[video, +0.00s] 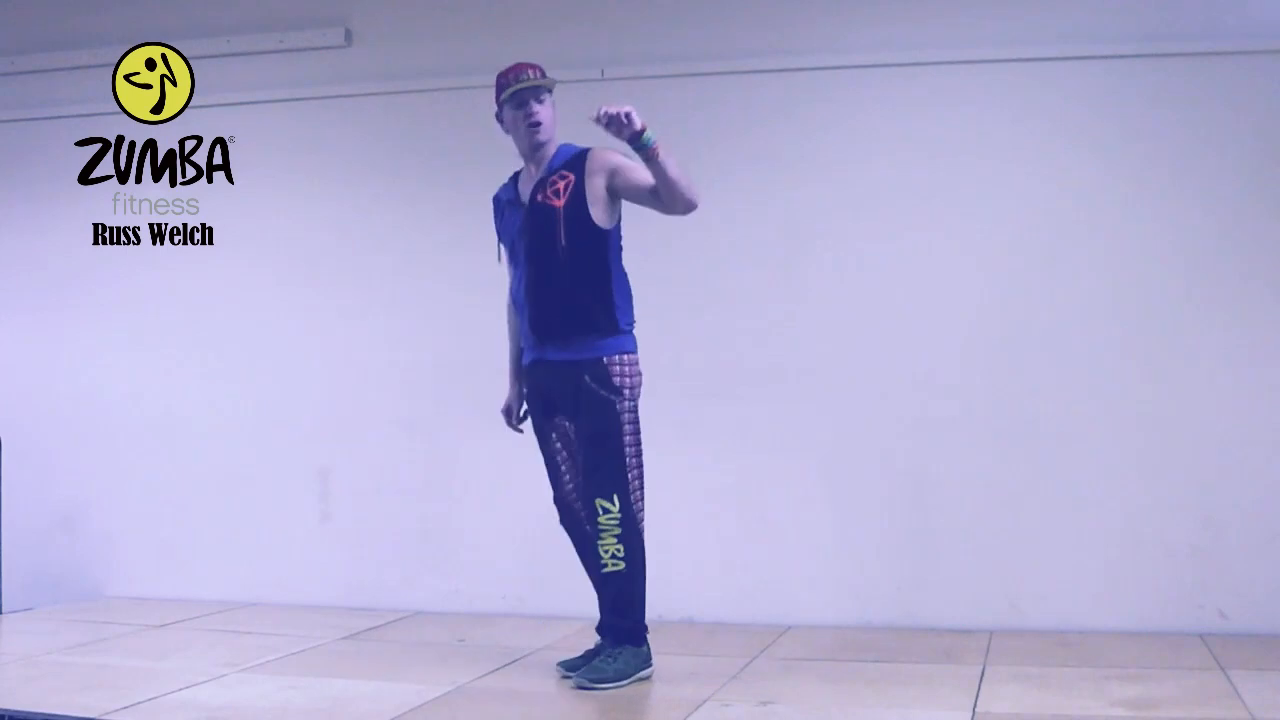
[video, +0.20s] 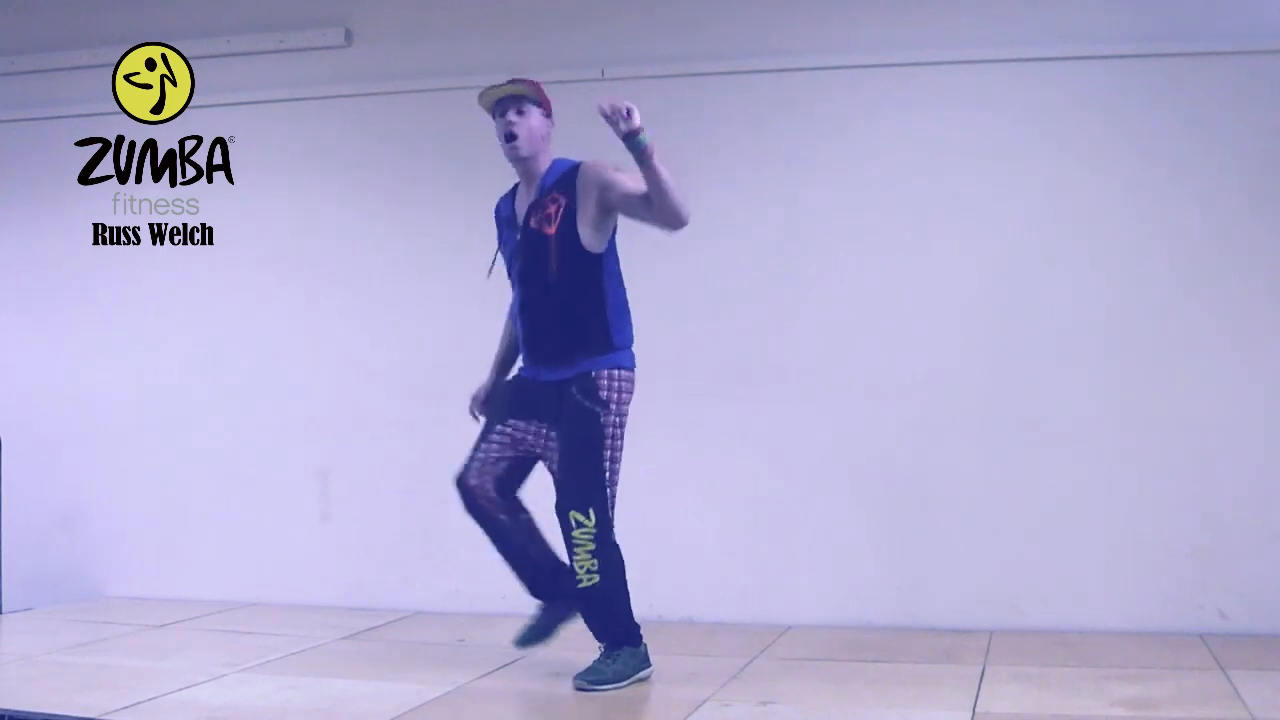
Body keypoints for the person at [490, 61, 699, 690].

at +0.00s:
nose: (532, 113)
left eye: (539, 101)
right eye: (518, 106)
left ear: (556, 107)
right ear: (502, 123)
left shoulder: (596, 164)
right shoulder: (507, 200)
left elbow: (682, 200)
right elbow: (516, 292)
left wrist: (642, 142)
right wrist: (515, 377)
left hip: (604, 362)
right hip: (544, 368)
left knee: (613, 501)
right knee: (572, 504)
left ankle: (630, 645)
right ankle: (616, 634)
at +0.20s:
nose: (507, 123)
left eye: (520, 112)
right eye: (499, 117)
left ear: (548, 122)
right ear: (495, 134)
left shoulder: (587, 179)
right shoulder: (507, 209)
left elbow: (672, 215)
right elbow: (524, 298)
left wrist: (639, 144)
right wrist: (495, 377)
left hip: (594, 375)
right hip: (536, 377)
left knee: (583, 514)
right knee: (480, 485)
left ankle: (625, 648)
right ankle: (558, 591)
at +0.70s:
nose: (448, 141)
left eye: (458, 130)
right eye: (442, 132)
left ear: (487, 131)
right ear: (438, 139)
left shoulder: (524, 204)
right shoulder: (437, 205)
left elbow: (529, 298)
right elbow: (422, 283)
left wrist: (465, 367)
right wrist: (410, 360)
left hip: (517, 365)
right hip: (456, 367)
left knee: (513, 480)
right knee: (450, 491)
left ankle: (581, 612)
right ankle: (463, 622)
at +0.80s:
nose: (429, 146)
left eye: (440, 135)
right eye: (422, 137)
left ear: (467, 139)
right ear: (417, 143)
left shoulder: (503, 204)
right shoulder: (420, 207)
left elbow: (522, 299)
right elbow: (406, 279)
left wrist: (430, 303)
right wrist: (392, 348)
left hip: (509, 363)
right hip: (448, 367)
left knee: (479, 463)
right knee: (443, 484)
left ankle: (527, 586)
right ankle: (462, 621)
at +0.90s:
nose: (423, 138)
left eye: (433, 127)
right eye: (416, 130)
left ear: (461, 127)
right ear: (411, 136)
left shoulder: (497, 192)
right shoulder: (418, 197)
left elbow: (511, 287)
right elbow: (404, 271)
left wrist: (428, 295)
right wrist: (395, 331)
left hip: (502, 358)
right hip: (444, 361)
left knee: (470, 478)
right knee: (442, 488)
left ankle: (507, 599)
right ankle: (460, 621)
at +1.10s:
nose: (416, 137)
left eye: (425, 125)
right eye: (409, 129)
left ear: (454, 125)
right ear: (405, 137)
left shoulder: (492, 192)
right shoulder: (419, 198)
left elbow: (488, 285)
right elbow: (416, 278)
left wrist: (424, 230)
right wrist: (412, 328)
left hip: (492, 366)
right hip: (434, 367)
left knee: (474, 500)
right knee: (431, 498)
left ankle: (492, 622)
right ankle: (457, 622)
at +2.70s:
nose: (427, 135)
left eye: (439, 126)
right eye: (424, 125)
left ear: (470, 131)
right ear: (422, 130)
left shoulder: (499, 199)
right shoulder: (420, 198)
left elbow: (489, 290)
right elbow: (404, 261)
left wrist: (410, 334)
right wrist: (409, 323)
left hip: (496, 361)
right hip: (439, 367)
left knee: (479, 474)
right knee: (429, 495)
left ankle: (537, 612)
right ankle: (450, 624)